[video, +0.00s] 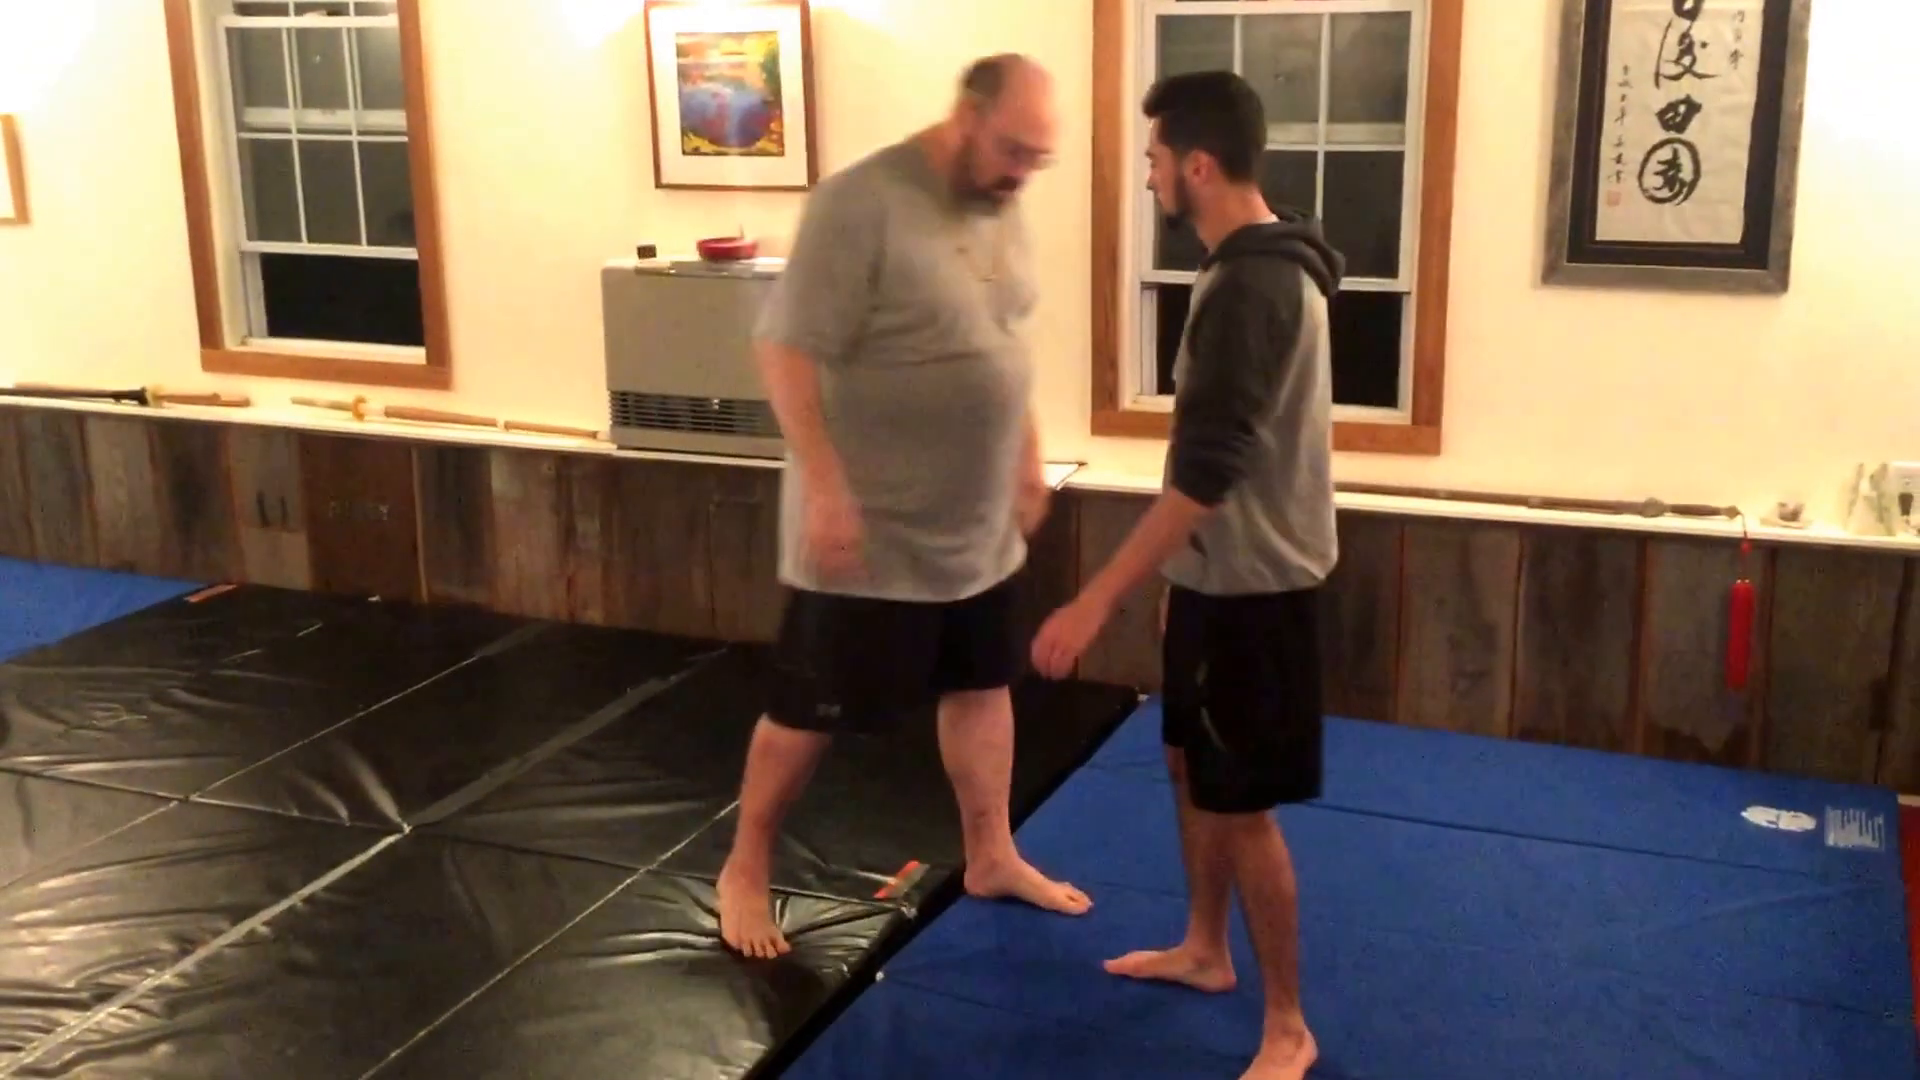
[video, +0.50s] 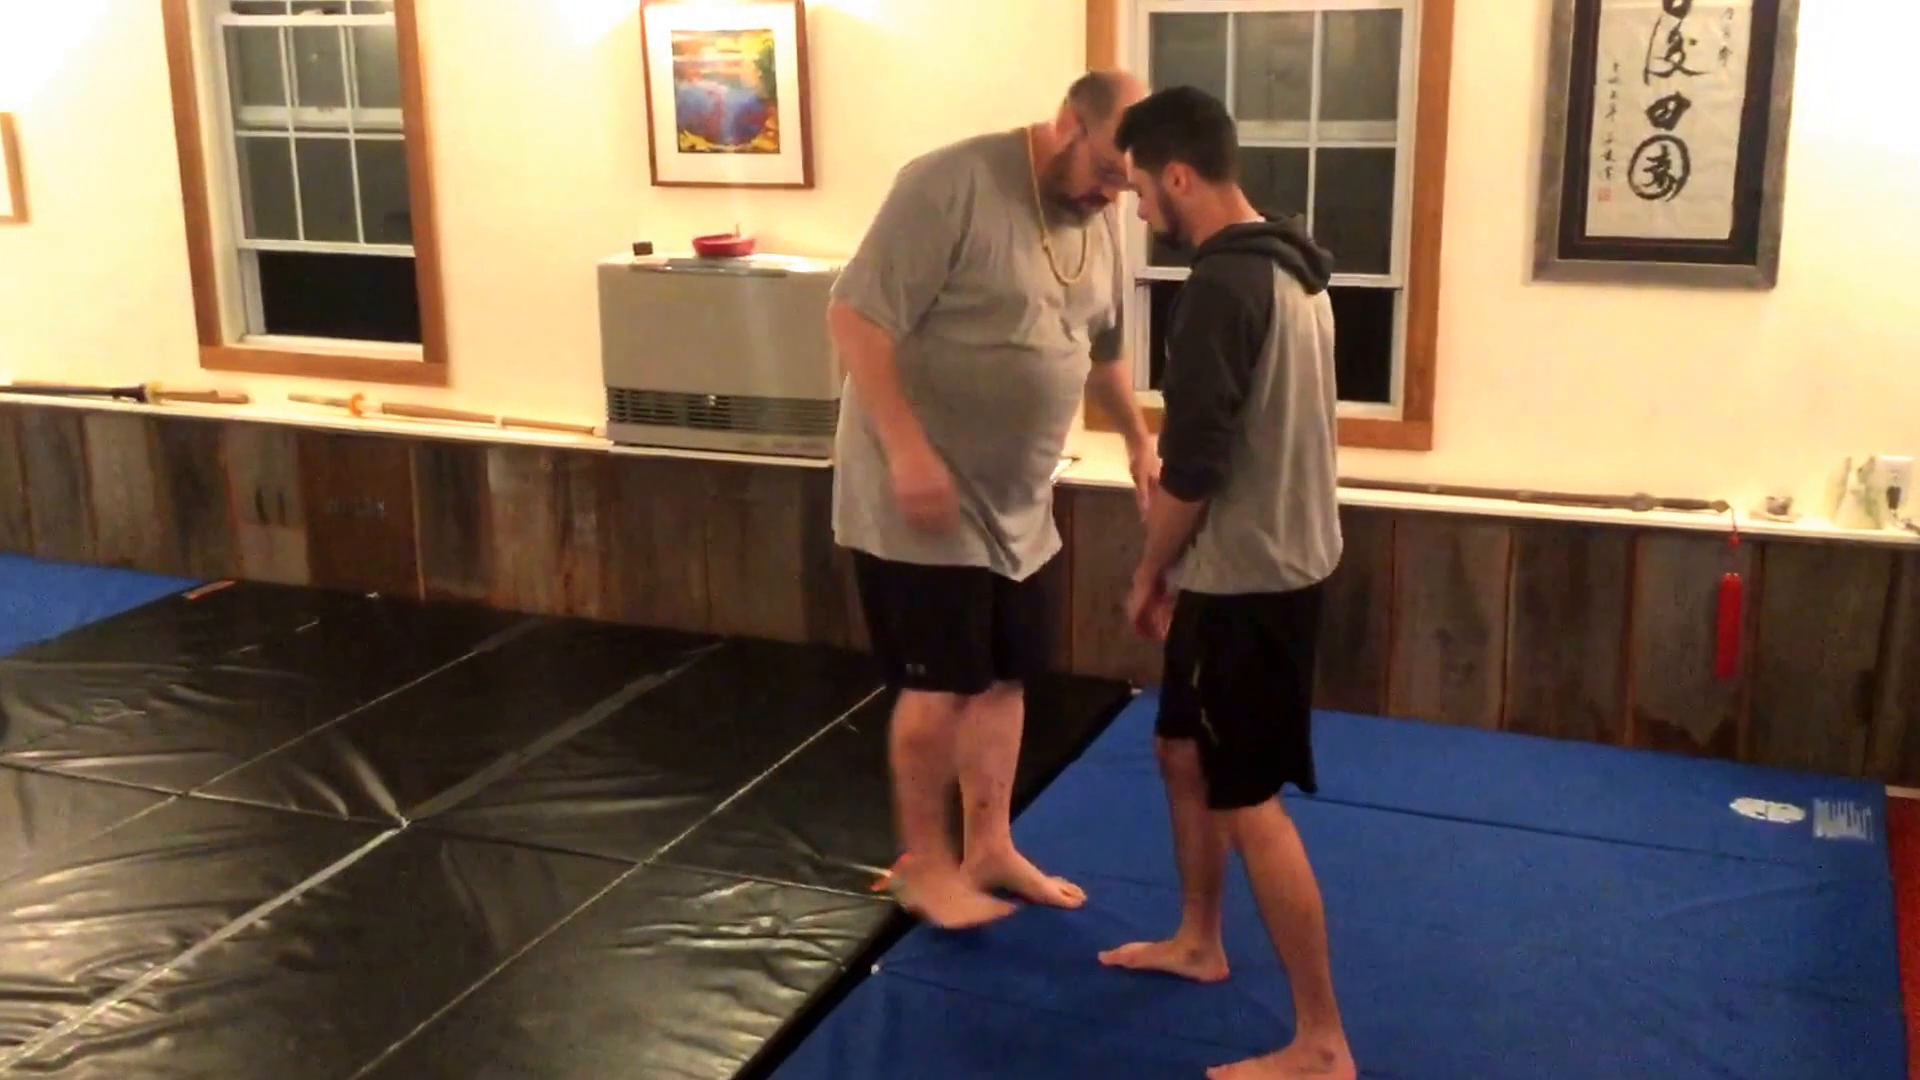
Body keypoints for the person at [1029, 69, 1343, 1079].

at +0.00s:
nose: (1151, 176)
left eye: (1159, 158)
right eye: (1152, 157)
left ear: (1201, 163)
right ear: (1226, 161)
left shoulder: (1249, 281)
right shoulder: (1274, 259)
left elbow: (1203, 479)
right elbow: (1253, 449)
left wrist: (1089, 606)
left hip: (1248, 581)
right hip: (1222, 573)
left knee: (1242, 803)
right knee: (1189, 756)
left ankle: (1288, 1028)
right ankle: (1204, 950)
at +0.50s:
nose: (1141, 207)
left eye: (1141, 186)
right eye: (1136, 189)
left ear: (1176, 176)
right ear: (1215, 171)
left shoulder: (1224, 280)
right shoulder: (1290, 261)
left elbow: (1198, 460)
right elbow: (1263, 436)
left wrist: (1149, 570)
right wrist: (1173, 545)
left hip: (1247, 571)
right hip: (1268, 556)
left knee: (1250, 800)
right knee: (1182, 748)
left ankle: (1320, 1042)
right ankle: (1199, 939)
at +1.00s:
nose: (1152, 211)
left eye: (1151, 191)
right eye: (1146, 193)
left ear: (1188, 181)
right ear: (1228, 174)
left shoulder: (1244, 293)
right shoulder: (1308, 265)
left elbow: (1250, 498)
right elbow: (1316, 438)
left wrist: (1214, 659)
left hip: (1273, 592)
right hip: (1292, 572)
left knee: (1275, 817)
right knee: (1200, 744)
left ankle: (1317, 1040)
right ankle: (1192, 929)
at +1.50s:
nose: (1156, 185)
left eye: (1162, 164)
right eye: (1156, 166)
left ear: (1207, 163)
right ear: (1238, 162)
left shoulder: (1242, 287)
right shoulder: (1299, 261)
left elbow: (1227, 477)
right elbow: (1289, 439)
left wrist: (1164, 605)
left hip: (1258, 582)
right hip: (1263, 567)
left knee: (1263, 807)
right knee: (1184, 744)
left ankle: (1315, 1031)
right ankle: (1184, 919)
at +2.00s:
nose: (1150, 171)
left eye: (1158, 151)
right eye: (1151, 151)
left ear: (1203, 157)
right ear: (1233, 156)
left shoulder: (1236, 282)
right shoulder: (1288, 255)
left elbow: (1223, 472)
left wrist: (1168, 605)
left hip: (1253, 574)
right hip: (1251, 560)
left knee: (1262, 795)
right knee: (1180, 740)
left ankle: (1312, 1024)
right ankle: (1181, 914)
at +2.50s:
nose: (1147, 166)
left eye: (1157, 148)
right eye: (1149, 148)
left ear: (1203, 157)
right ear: (1231, 156)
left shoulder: (1226, 283)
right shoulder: (1284, 255)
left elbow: (1217, 478)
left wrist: (1166, 621)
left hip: (1242, 578)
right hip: (1245, 559)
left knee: (1260, 795)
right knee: (1172, 731)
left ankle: (1309, 1018)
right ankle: (1179, 909)